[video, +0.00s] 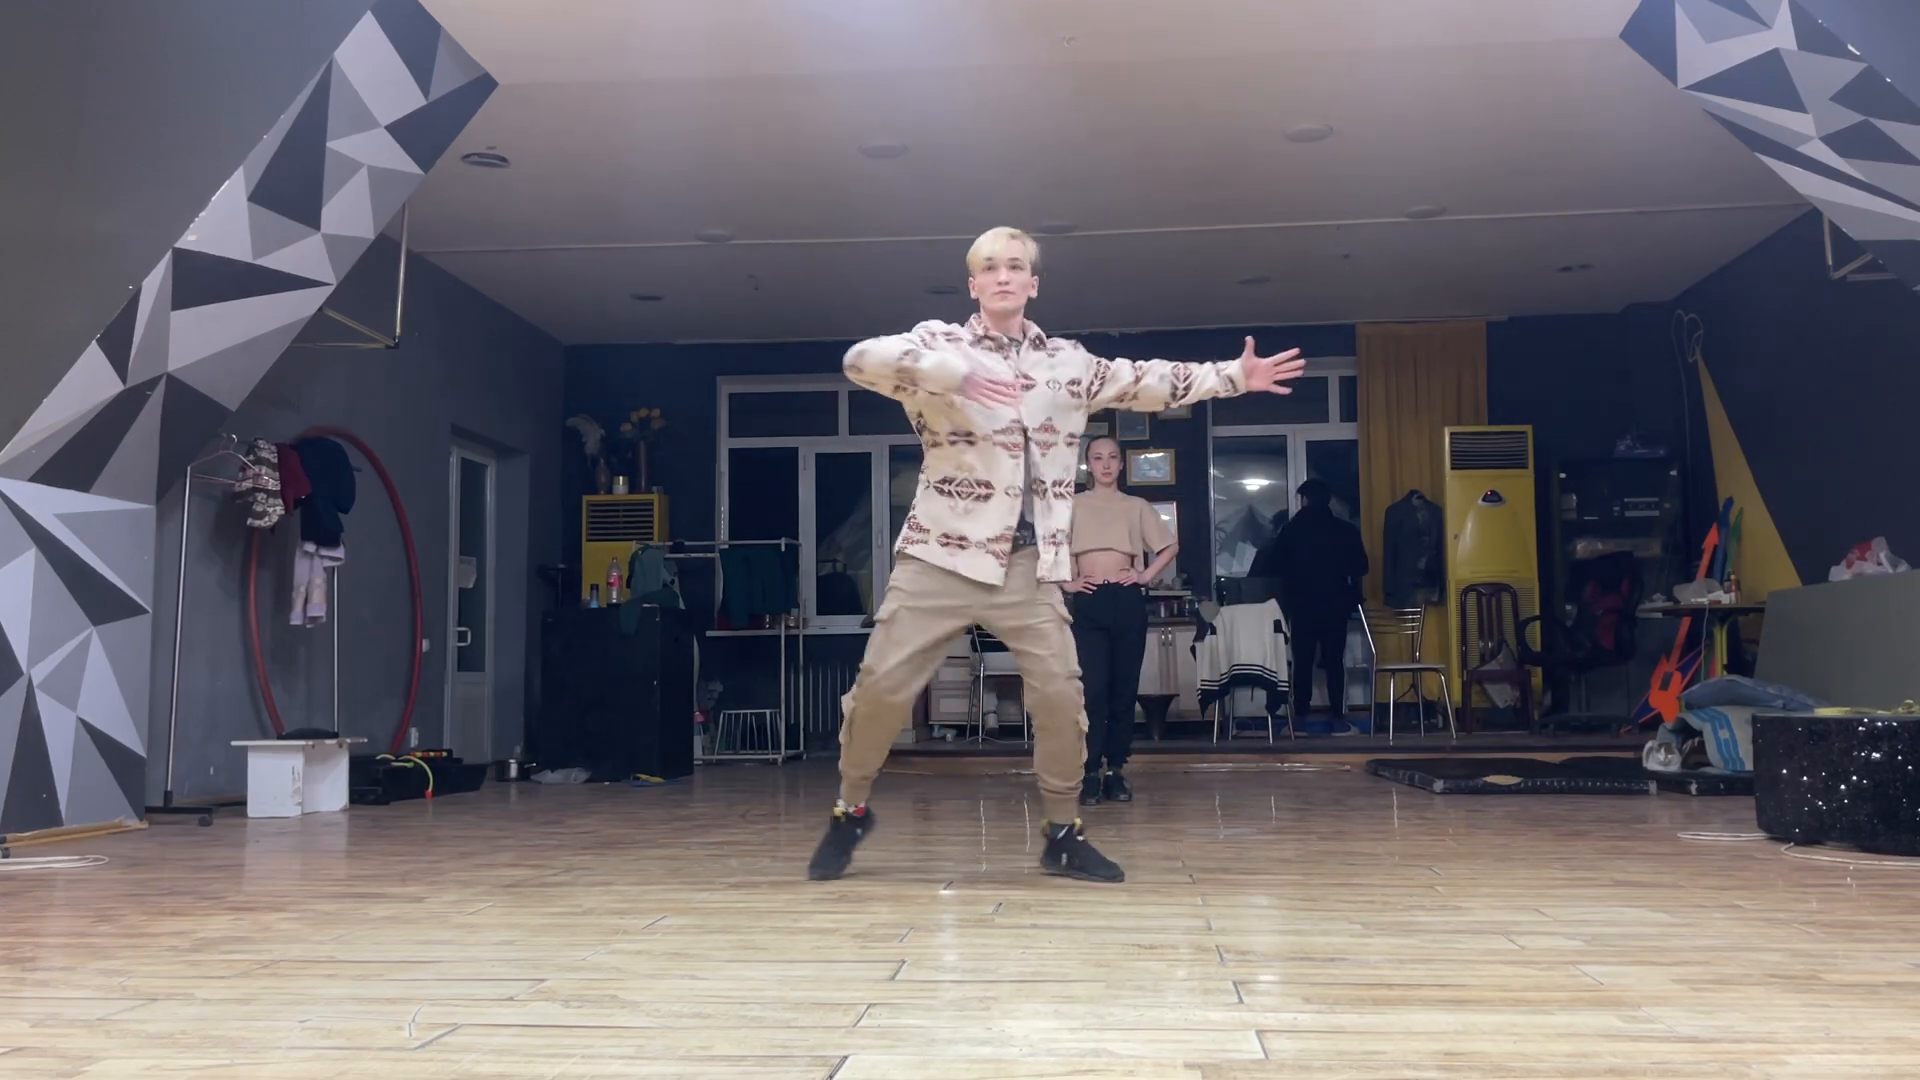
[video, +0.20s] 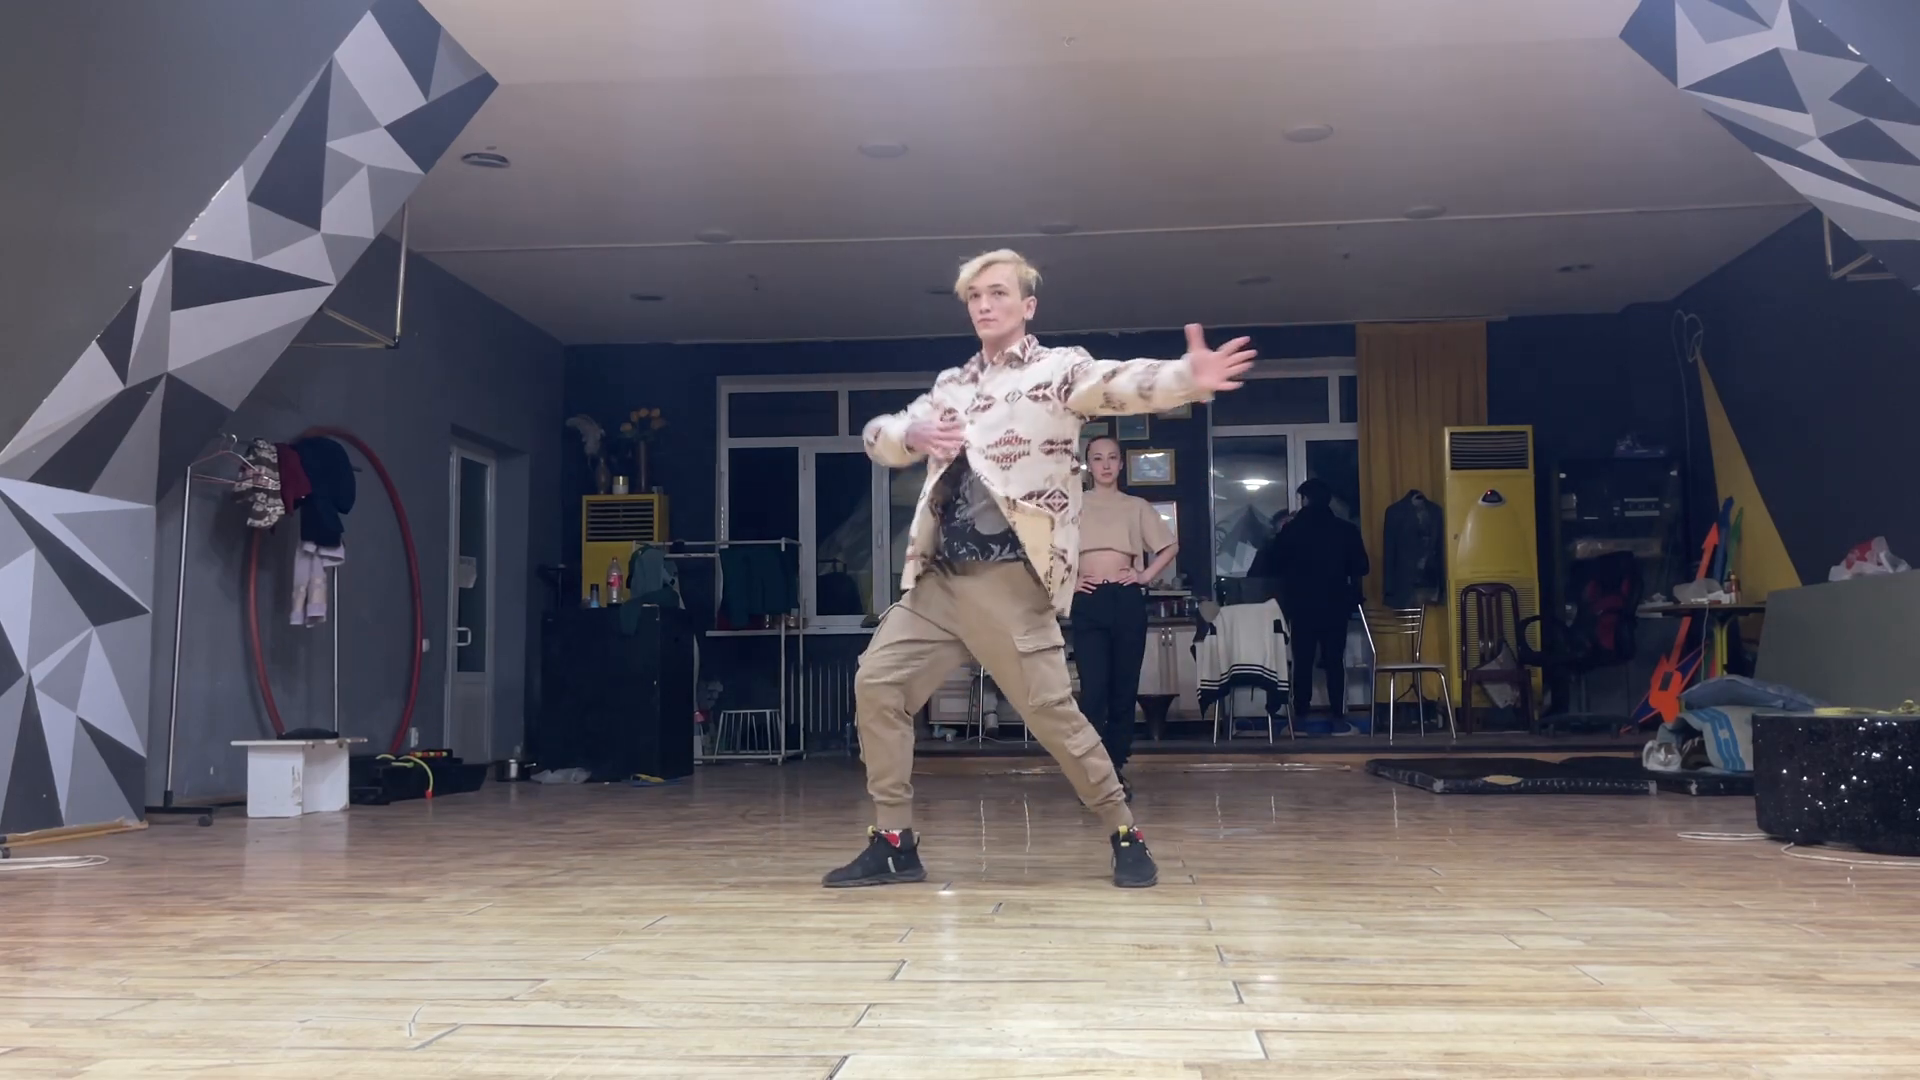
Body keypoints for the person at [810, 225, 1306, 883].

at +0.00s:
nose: (1004, 277)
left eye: (1016, 267)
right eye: (991, 267)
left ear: (1034, 282)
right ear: (971, 281)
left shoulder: (1068, 364)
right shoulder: (938, 343)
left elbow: (1145, 381)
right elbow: (861, 360)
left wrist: (1231, 376)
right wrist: (938, 371)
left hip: (1028, 571)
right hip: (937, 559)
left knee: (1061, 695)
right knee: (880, 685)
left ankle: (1062, 832)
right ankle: (849, 812)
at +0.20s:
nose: (983, 305)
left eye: (998, 293)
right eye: (974, 296)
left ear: (1028, 305)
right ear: (966, 307)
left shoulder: (1059, 367)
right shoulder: (952, 386)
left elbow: (1121, 382)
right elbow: (879, 438)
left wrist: (1187, 375)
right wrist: (906, 435)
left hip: (1007, 574)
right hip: (936, 578)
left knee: (1050, 711)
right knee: (876, 683)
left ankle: (1125, 834)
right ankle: (894, 841)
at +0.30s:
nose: (988, 329)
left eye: (1002, 316)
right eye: (979, 321)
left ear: (1036, 325)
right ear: (975, 335)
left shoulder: (1067, 382)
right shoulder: (966, 409)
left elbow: (1058, 399)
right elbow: (914, 485)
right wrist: (958, 461)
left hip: (1018, 576)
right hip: (947, 577)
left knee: (1053, 709)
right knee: (880, 683)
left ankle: (1128, 837)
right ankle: (894, 841)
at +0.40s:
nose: (985, 301)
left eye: (997, 289)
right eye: (977, 294)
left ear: (1032, 299)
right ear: (972, 306)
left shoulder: (1053, 361)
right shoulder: (958, 381)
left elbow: (1057, 337)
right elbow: (881, 418)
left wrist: (1056, 301)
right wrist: (907, 385)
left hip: (1038, 567)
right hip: (965, 567)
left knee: (1084, 699)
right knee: (896, 676)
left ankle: (1142, 835)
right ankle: (895, 834)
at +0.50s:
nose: (967, 276)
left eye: (982, 265)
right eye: (961, 267)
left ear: (1015, 279)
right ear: (957, 280)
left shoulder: (1041, 331)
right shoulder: (943, 353)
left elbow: (1116, 303)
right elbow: (907, 369)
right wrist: (885, 320)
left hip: (1042, 554)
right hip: (964, 556)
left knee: (1105, 684)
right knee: (905, 672)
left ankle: (1173, 819)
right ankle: (906, 828)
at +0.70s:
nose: (966, 292)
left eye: (980, 282)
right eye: (959, 284)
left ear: (1014, 298)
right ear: (952, 299)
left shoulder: (1046, 354)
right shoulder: (942, 363)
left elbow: (1121, 354)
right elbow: (893, 386)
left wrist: (1202, 351)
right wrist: (855, 392)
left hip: (1031, 581)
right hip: (959, 581)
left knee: (1083, 712)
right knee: (902, 692)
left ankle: (1182, 820)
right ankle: (912, 841)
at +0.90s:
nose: (1006, 312)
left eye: (1018, 300)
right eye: (996, 305)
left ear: (1047, 313)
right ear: (987, 319)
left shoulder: (1079, 368)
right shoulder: (977, 379)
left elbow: (1028, 413)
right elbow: (958, 442)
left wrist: (938, 388)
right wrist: (997, 373)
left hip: (1065, 578)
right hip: (989, 574)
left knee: (1098, 714)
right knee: (916, 687)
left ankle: (1162, 834)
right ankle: (914, 841)